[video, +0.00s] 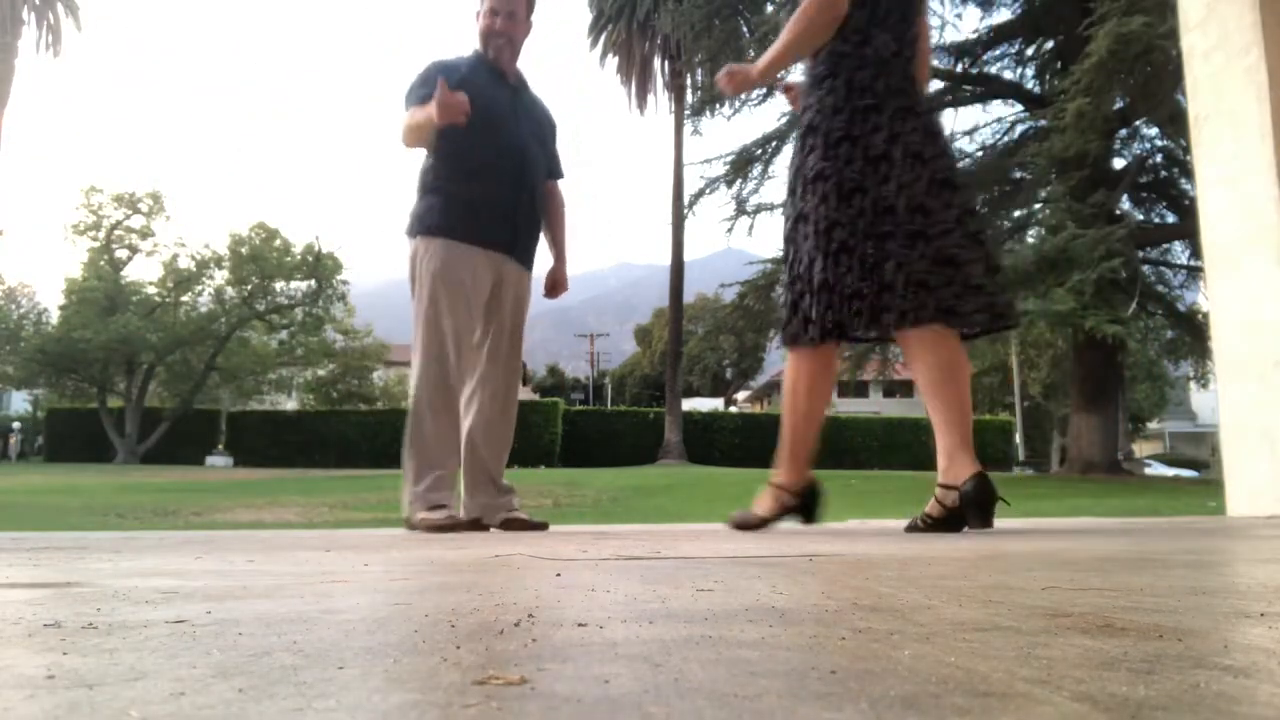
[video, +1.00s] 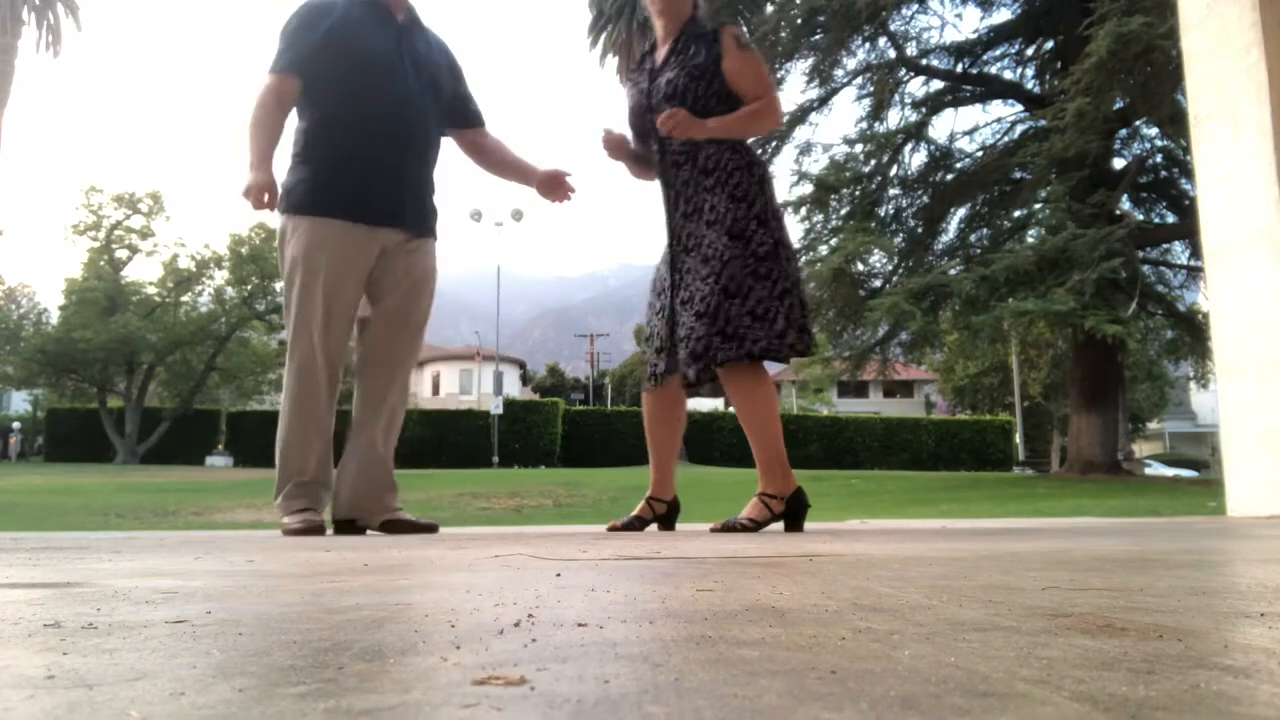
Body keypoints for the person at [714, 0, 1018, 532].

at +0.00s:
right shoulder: (908, 3)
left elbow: (826, 8)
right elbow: (917, 68)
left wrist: (758, 69)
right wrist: (823, 95)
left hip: (843, 128)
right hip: (905, 132)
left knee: (814, 304)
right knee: (920, 301)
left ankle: (790, 480)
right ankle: (960, 476)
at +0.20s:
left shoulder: (781, 2)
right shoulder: (854, 9)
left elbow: (782, 42)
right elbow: (871, 98)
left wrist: (716, 101)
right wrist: (763, 109)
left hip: (798, 156)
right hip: (859, 154)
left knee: (773, 316)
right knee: (889, 307)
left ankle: (778, 488)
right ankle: (952, 470)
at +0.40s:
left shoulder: (755, 5)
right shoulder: (783, 13)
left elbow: (773, 59)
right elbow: (784, 74)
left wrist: (701, 109)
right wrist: (714, 113)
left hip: (761, 175)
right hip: (804, 173)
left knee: (746, 330)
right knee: (831, 326)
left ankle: (778, 489)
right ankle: (924, 445)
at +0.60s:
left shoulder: (753, 11)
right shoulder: (722, 40)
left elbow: (778, 87)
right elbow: (736, 134)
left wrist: (693, 116)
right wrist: (682, 144)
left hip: (749, 193)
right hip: (742, 194)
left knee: (722, 347)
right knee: (755, 355)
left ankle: (776, 490)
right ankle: (848, 465)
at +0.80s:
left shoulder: (742, 16)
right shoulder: (681, 49)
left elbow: (786, 84)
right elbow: (701, 151)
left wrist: (705, 111)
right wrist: (655, 145)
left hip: (745, 193)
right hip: (703, 202)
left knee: (734, 342)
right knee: (692, 348)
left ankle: (779, 489)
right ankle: (698, 488)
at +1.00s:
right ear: (642, 4)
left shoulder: (722, 41)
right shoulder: (642, 70)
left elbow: (770, 113)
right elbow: (656, 167)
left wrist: (704, 127)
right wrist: (628, 153)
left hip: (733, 211)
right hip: (687, 221)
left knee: (727, 341)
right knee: (662, 353)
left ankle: (779, 488)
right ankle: (661, 496)